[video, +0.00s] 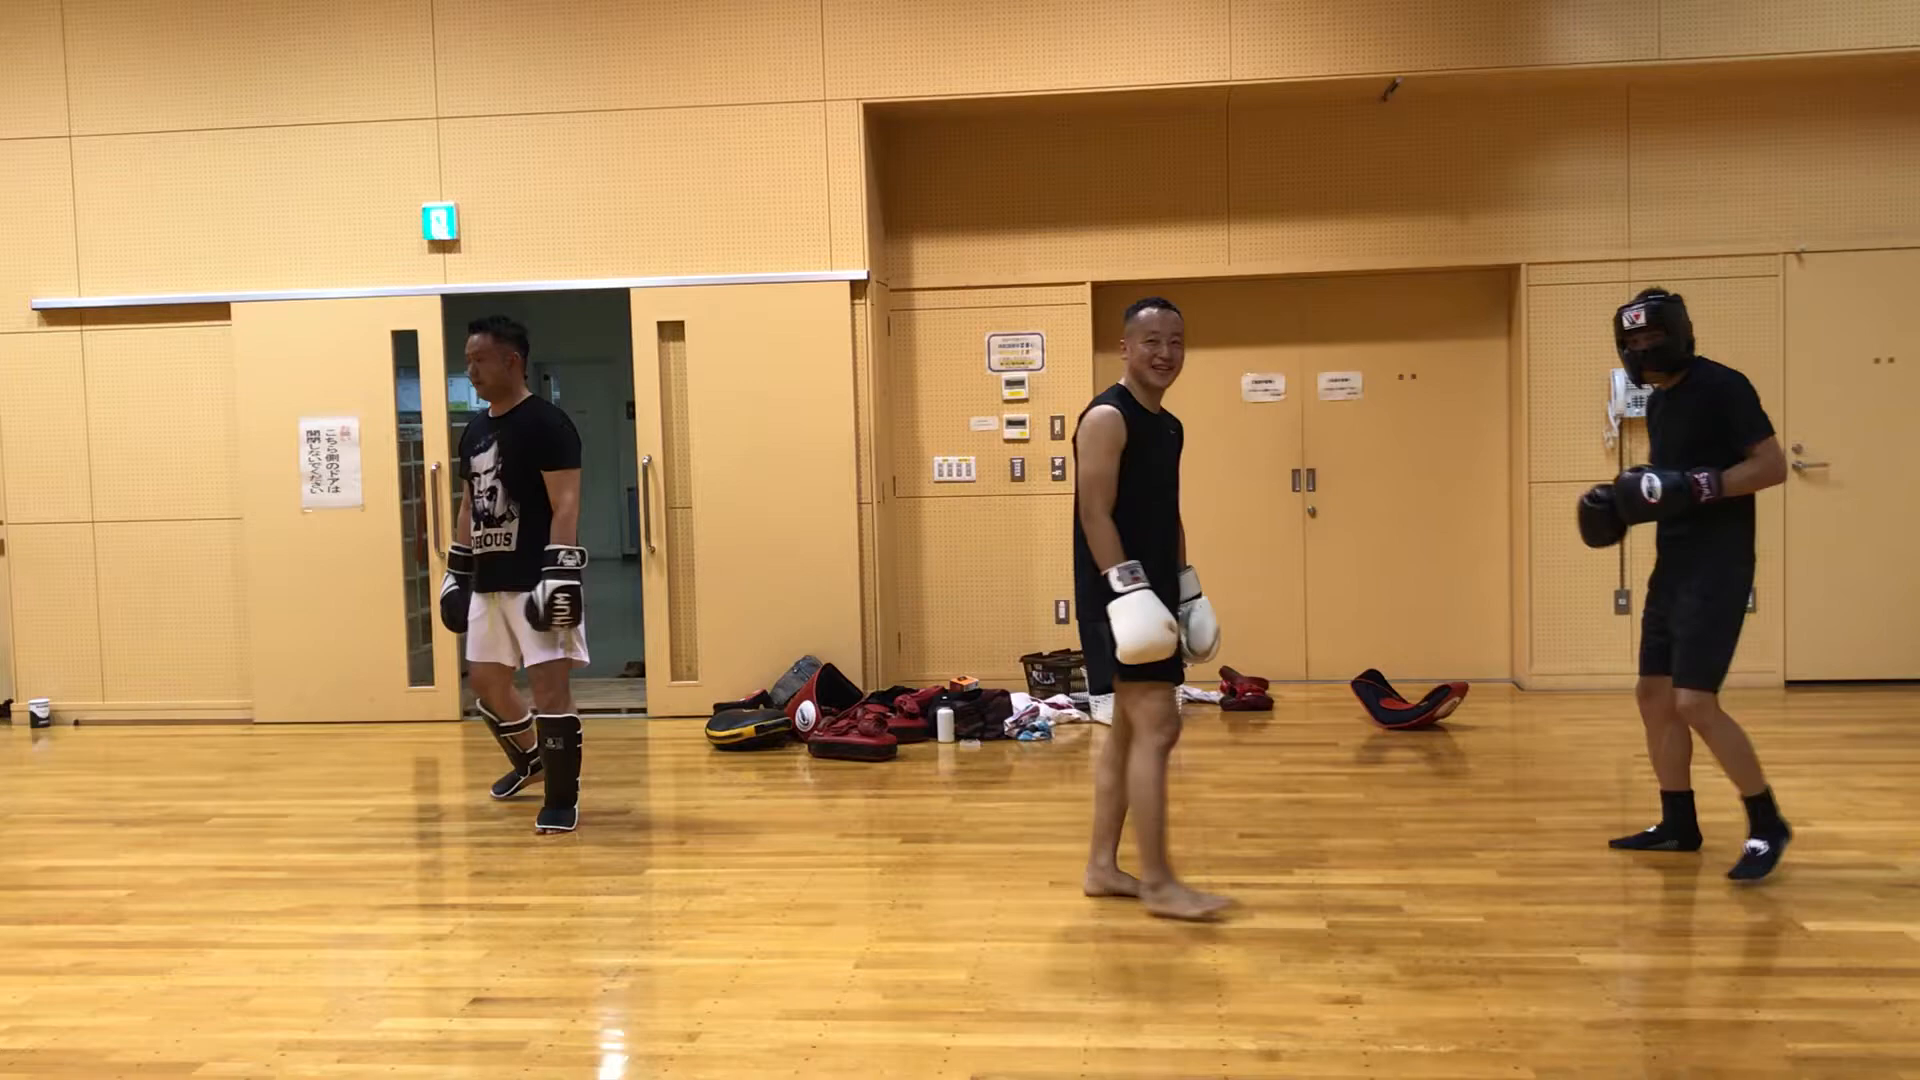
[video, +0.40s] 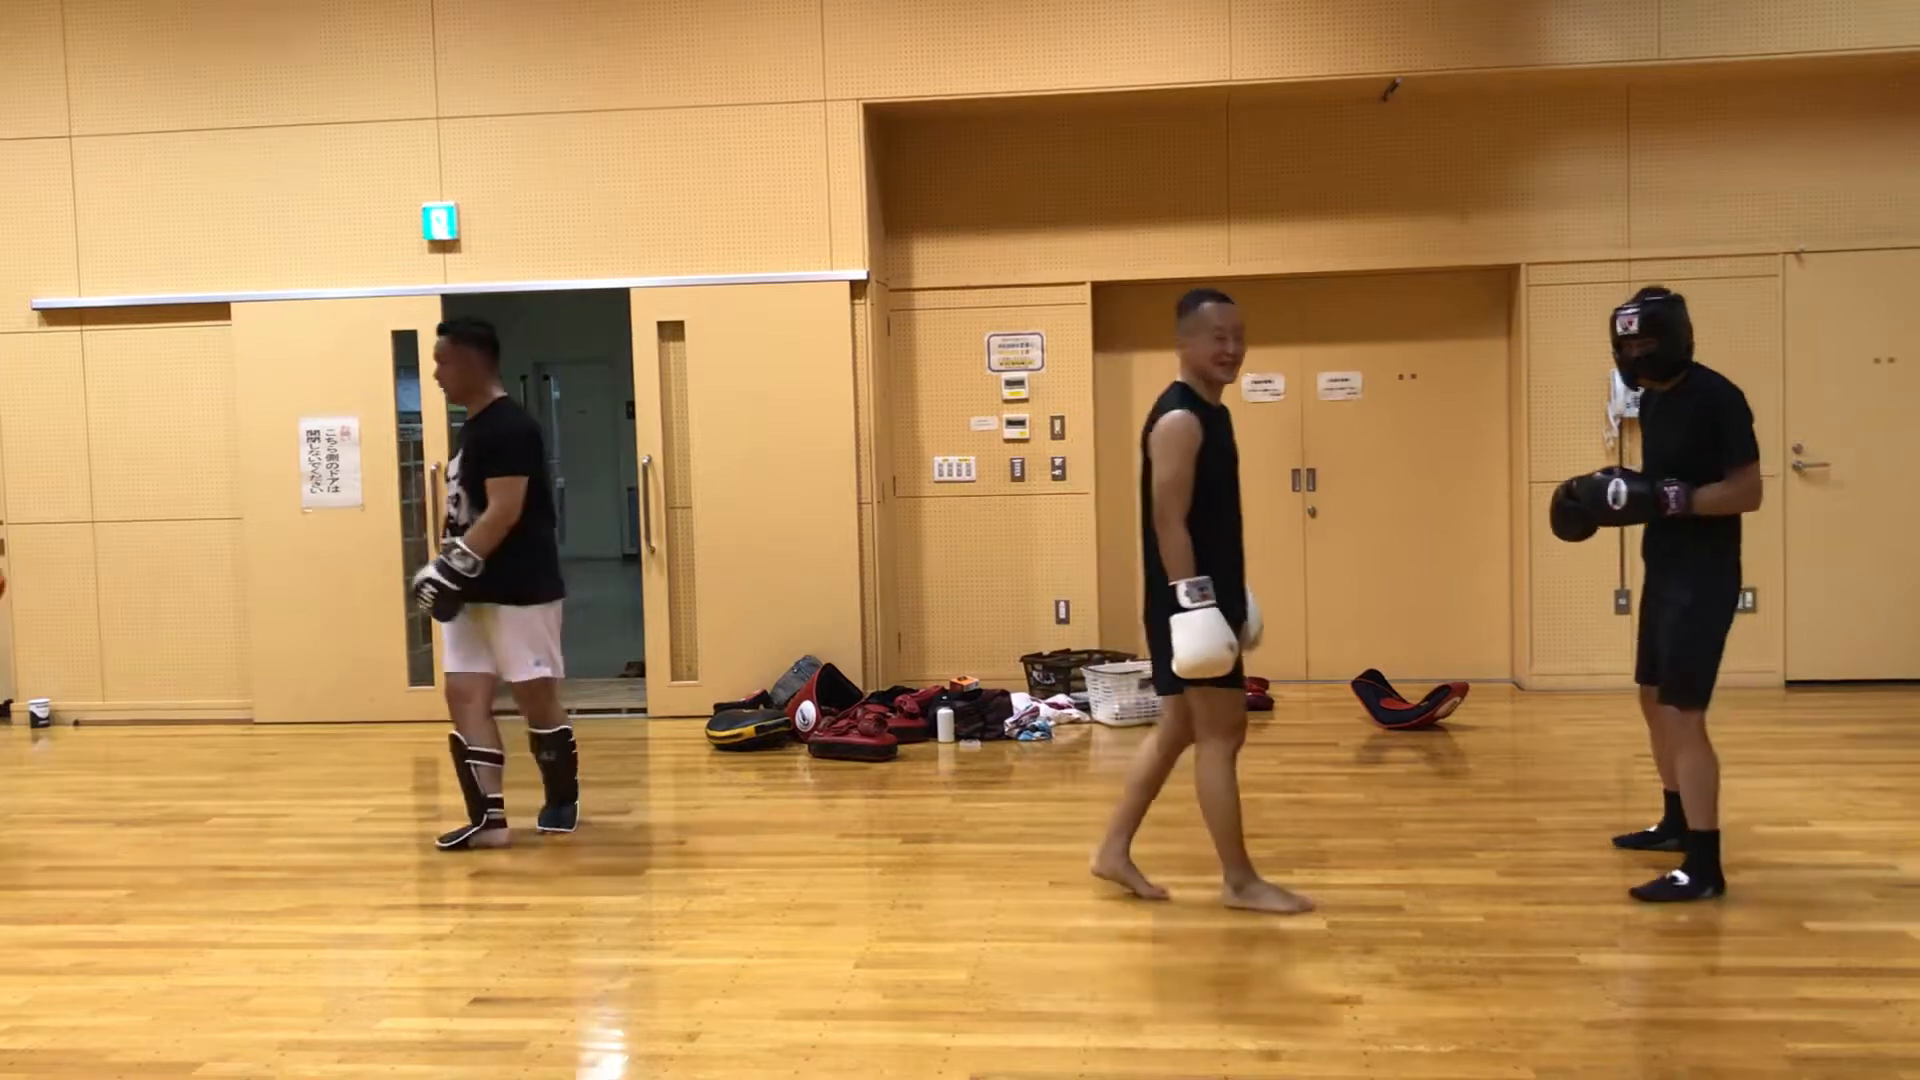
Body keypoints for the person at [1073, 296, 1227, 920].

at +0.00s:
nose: (1164, 352)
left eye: (1175, 342)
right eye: (1151, 340)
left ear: (1184, 351)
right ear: (1124, 347)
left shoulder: (1167, 427)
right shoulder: (1105, 419)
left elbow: (1169, 516)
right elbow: (1093, 512)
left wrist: (1190, 591)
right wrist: (1129, 592)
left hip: (1155, 590)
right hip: (1118, 594)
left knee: (1124, 730)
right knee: (1156, 727)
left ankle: (1102, 866)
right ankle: (1158, 882)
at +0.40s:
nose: (1231, 347)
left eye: (1237, 337)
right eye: (1218, 337)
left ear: (1240, 343)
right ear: (1183, 343)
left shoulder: (1211, 414)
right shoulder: (1178, 420)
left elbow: (1216, 517)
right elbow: (1168, 522)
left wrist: (1238, 594)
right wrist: (1195, 608)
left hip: (1202, 600)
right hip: (1192, 604)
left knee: (1174, 729)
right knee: (1221, 735)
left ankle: (1112, 852)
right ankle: (1240, 879)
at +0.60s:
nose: (1289, 350)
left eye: (1287, 338)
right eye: (1281, 340)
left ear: (1245, 346)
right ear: (1246, 346)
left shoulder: (1233, 412)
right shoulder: (1226, 423)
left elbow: (1240, 518)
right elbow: (1208, 525)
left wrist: (1280, 574)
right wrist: (1250, 604)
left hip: (1232, 598)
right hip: (1220, 604)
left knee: (1254, 720)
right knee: (1237, 731)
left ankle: (1159, 833)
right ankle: (1241, 880)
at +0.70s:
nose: (1299, 351)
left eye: (1298, 339)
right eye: (1291, 339)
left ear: (1254, 344)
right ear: (1258, 343)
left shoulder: (1238, 409)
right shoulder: (1237, 420)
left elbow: (1246, 513)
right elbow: (1222, 521)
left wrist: (1297, 554)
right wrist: (1276, 588)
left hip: (1241, 594)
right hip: (1228, 599)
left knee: (1277, 714)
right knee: (1244, 730)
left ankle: (1195, 835)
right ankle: (1241, 880)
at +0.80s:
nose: (1311, 348)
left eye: (1310, 336)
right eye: (1304, 336)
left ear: (1266, 341)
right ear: (1271, 341)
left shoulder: (1251, 408)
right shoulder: (1251, 417)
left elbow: (1266, 506)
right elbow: (1251, 520)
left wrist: (1323, 527)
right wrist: (1323, 554)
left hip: (1261, 596)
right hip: (1244, 601)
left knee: (1297, 709)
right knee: (1260, 724)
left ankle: (1257, 854)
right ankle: (1242, 880)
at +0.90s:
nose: (1320, 347)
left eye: (1319, 335)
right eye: (1313, 335)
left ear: (1276, 341)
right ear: (1279, 339)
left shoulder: (1264, 409)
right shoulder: (1260, 417)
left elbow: (1293, 493)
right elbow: (1280, 515)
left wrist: (1351, 485)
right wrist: (1354, 502)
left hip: (1276, 603)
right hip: (1258, 607)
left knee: (1313, 711)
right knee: (1264, 727)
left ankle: (1320, 853)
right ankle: (1243, 881)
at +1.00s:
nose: (1330, 348)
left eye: (1330, 336)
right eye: (1323, 335)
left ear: (1288, 341)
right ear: (1287, 339)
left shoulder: (1290, 408)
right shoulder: (1262, 415)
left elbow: (1343, 466)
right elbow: (1313, 500)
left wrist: (1401, 434)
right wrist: (1361, 442)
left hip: (1297, 595)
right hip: (1266, 598)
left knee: (1332, 711)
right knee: (1276, 725)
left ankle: (1348, 853)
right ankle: (1243, 879)